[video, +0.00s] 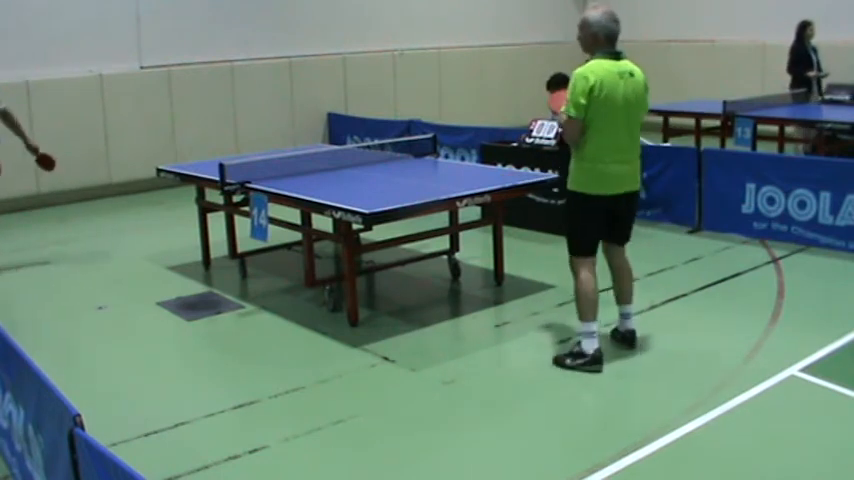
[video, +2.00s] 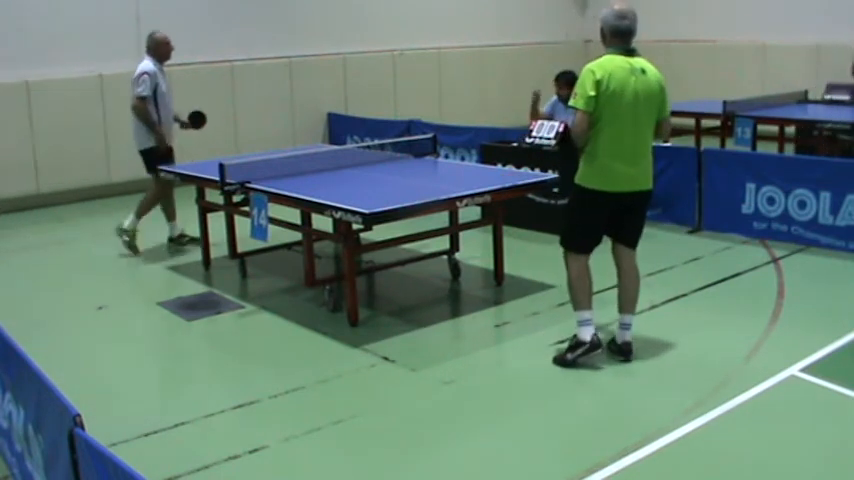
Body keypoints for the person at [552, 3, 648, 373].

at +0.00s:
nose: (578, 39)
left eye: (579, 34)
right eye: (579, 33)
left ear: (586, 38)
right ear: (615, 37)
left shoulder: (585, 76)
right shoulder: (637, 74)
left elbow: (573, 136)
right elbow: (637, 121)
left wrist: (562, 117)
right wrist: (596, 118)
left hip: (588, 186)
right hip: (627, 184)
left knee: (583, 263)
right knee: (617, 251)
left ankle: (589, 347)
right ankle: (627, 327)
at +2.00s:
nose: (600, 38)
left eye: (600, 33)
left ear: (603, 35)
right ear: (634, 36)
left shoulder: (595, 71)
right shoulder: (653, 75)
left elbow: (579, 128)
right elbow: (663, 131)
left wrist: (580, 141)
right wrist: (630, 126)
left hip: (596, 183)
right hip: (638, 184)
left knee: (576, 252)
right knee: (626, 251)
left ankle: (586, 335)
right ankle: (624, 338)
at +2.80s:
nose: (581, 40)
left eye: (582, 35)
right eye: (586, 34)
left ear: (585, 35)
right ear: (615, 33)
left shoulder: (583, 73)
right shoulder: (636, 71)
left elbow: (572, 138)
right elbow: (626, 122)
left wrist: (557, 137)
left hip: (586, 184)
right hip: (626, 183)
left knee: (583, 260)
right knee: (616, 252)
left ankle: (591, 347)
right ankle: (624, 339)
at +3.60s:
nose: (547, 41)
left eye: (548, 36)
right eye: (547, 36)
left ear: (556, 37)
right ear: (582, 35)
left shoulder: (568, 75)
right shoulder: (604, 67)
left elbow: (570, 136)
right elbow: (594, 104)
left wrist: (539, 167)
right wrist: (552, 89)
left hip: (578, 189)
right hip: (605, 184)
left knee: (575, 260)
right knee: (585, 256)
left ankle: (591, 347)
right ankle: (593, 331)